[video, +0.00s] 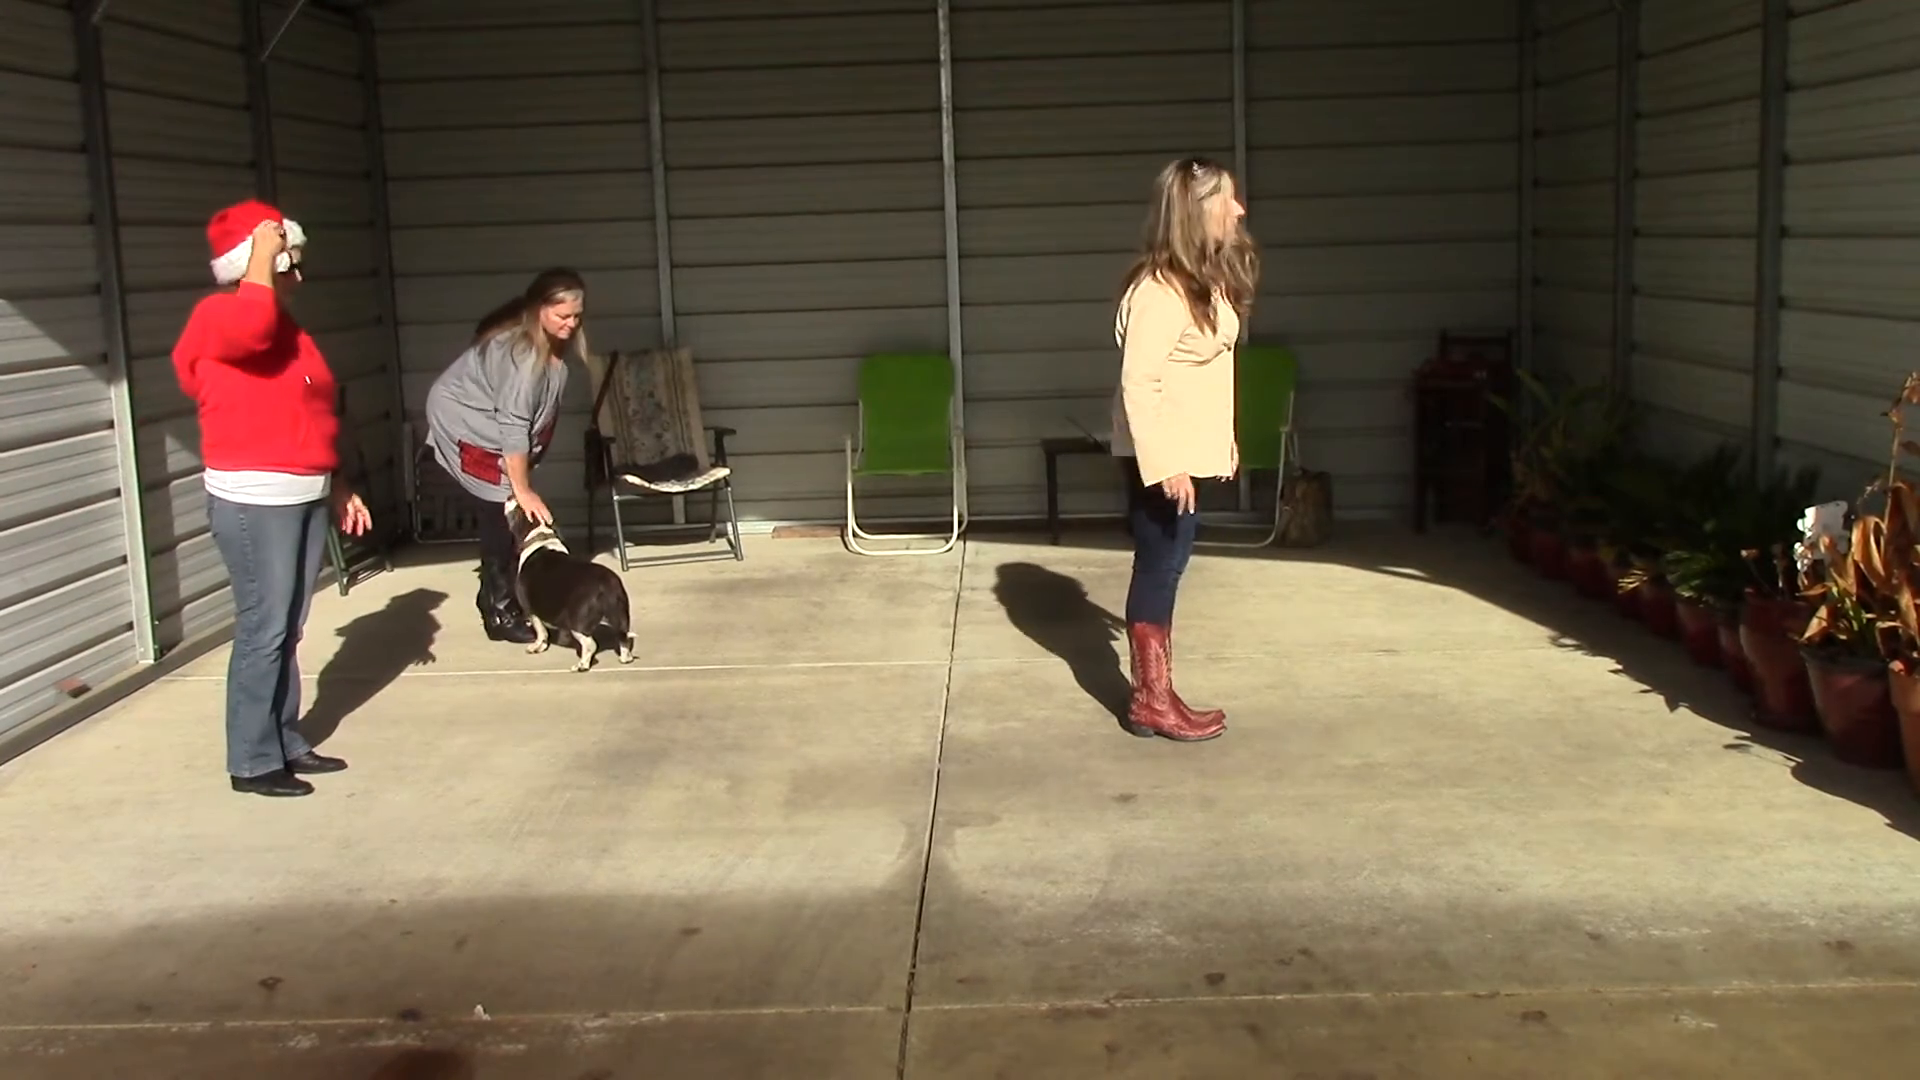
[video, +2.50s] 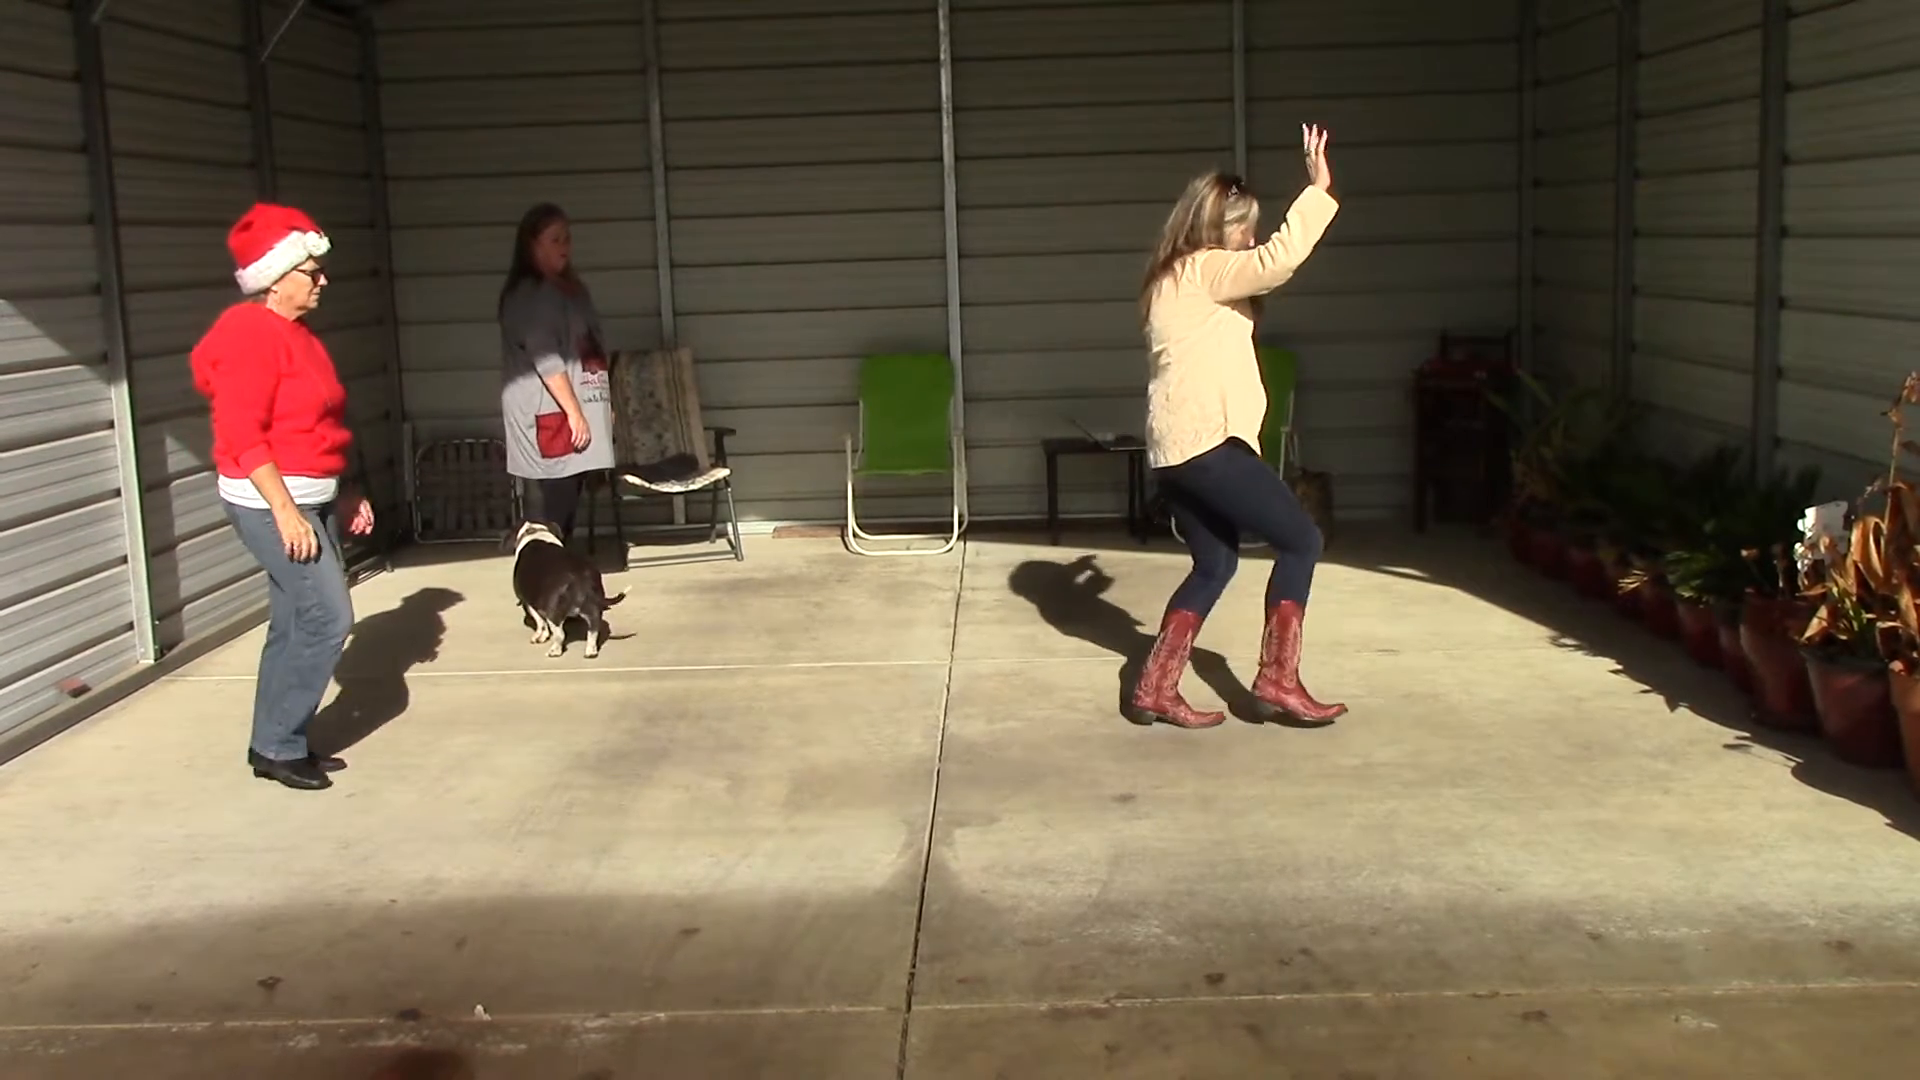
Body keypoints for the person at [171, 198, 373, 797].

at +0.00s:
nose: (294, 268)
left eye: (294, 257)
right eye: (283, 257)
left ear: (274, 261)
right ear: (245, 260)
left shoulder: (286, 329)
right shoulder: (213, 315)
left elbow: (312, 415)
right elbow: (255, 326)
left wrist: (338, 487)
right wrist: (261, 256)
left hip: (305, 494)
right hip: (253, 496)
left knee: (286, 630)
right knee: (263, 631)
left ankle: (281, 743)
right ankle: (250, 762)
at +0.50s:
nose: (283, 271)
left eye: (283, 260)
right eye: (273, 261)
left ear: (277, 266)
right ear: (230, 263)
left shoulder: (273, 332)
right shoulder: (199, 320)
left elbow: (301, 419)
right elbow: (244, 292)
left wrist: (325, 491)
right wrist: (245, 241)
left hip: (295, 494)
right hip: (244, 498)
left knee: (282, 630)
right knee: (259, 631)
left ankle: (282, 743)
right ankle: (250, 762)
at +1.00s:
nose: (287, 273)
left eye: (286, 263)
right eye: (278, 263)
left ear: (249, 268)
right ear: (243, 266)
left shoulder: (266, 326)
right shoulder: (212, 317)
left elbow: (291, 422)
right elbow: (207, 389)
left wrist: (314, 500)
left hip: (290, 492)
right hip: (246, 496)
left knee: (281, 628)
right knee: (260, 629)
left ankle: (281, 743)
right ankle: (250, 762)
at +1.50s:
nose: (289, 275)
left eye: (287, 265)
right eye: (278, 266)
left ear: (255, 272)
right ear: (242, 273)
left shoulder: (275, 328)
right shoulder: (219, 326)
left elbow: (295, 422)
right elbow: (212, 426)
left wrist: (318, 500)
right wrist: (255, 500)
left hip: (293, 497)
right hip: (246, 498)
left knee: (282, 625)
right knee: (270, 623)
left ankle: (283, 743)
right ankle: (252, 762)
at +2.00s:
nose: (298, 277)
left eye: (297, 267)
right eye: (287, 268)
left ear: (260, 274)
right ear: (250, 274)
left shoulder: (274, 329)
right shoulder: (227, 329)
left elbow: (296, 421)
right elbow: (228, 430)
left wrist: (324, 494)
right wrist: (276, 502)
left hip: (291, 496)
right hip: (248, 499)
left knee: (284, 626)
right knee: (268, 626)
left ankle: (282, 743)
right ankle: (252, 762)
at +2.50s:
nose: (322, 283)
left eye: (321, 273)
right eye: (312, 273)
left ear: (282, 279)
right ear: (275, 278)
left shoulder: (295, 334)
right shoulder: (247, 334)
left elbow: (310, 425)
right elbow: (240, 434)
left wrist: (342, 494)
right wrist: (284, 509)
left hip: (308, 499)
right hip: (269, 501)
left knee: (294, 624)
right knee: (326, 617)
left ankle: (279, 742)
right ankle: (276, 745)